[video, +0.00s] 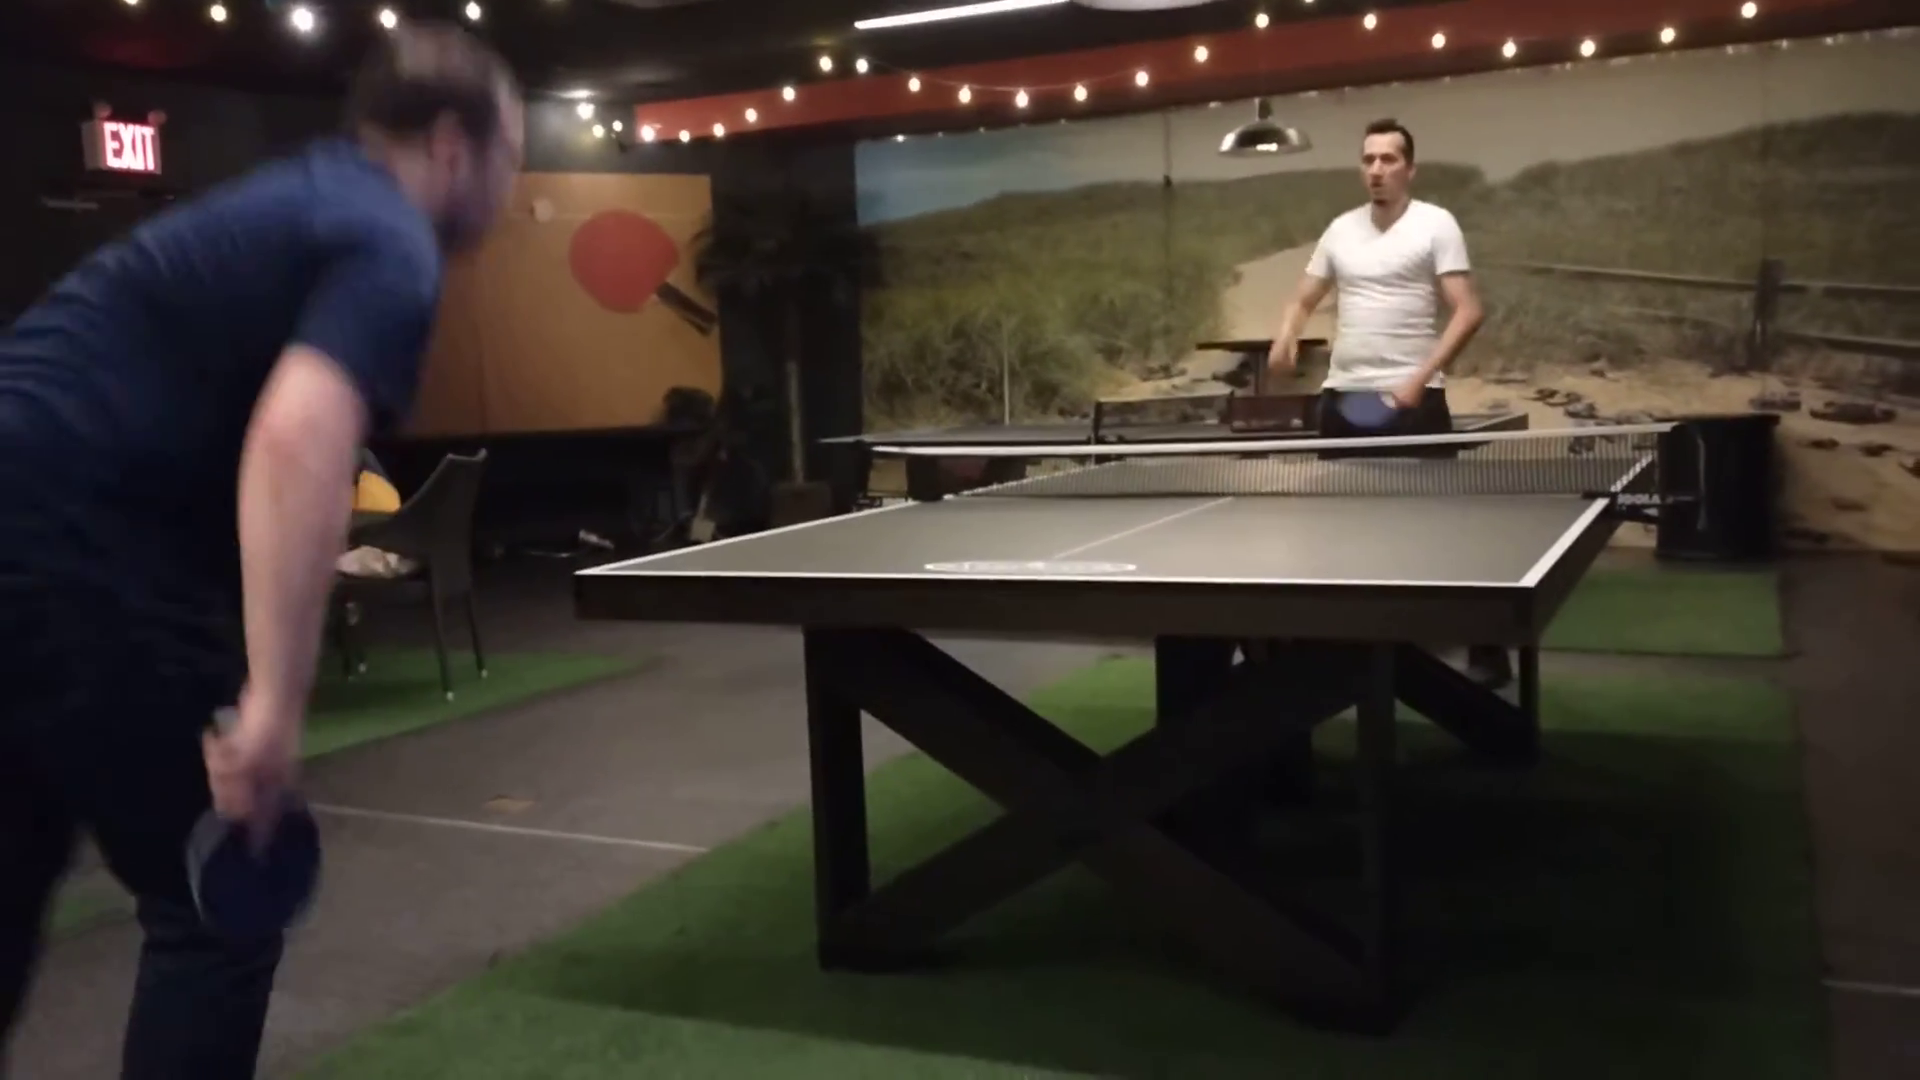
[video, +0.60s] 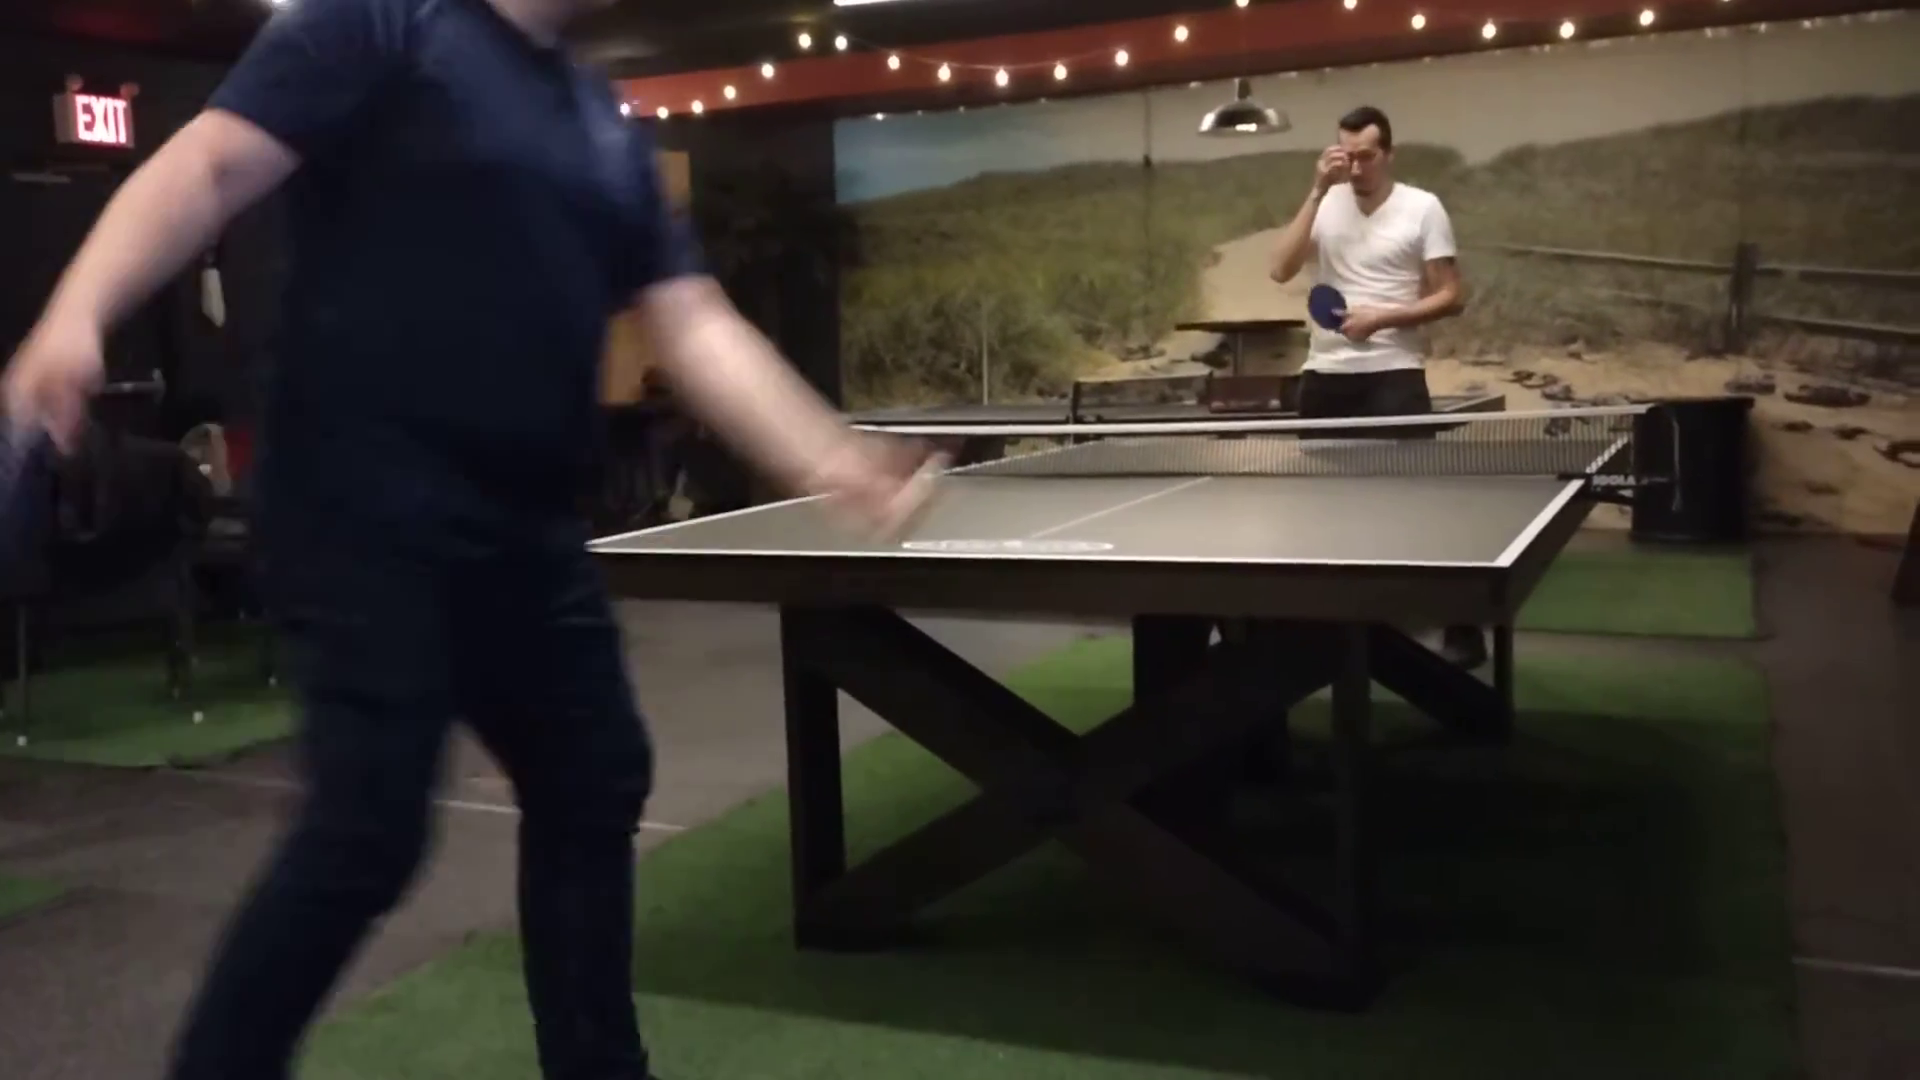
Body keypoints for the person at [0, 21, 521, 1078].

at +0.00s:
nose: (508, 191)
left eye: (513, 163)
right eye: (508, 159)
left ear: (383, 126)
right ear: (451, 145)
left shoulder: (294, 192)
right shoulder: (386, 236)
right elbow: (295, 437)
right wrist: (272, 695)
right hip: (64, 559)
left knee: (25, 853)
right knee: (230, 871)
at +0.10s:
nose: (519, 77)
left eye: (520, 50)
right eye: (510, 44)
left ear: (405, 31)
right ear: (435, 34)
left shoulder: (296, 106)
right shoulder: (376, 146)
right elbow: (266, 345)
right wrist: (247, 605)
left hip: (41, 512)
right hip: (119, 536)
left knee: (105, 800)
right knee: (234, 868)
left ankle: (36, 1053)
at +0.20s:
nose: (522, 10)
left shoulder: (319, 60)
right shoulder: (358, 88)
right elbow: (221, 283)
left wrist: (264, 535)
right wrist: (218, 552)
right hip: (179, 539)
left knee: (226, 873)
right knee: (231, 881)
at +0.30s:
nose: (518, 0)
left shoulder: (384, 74)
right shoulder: (338, 57)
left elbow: (318, 306)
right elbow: (194, 266)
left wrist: (388, 481)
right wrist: (186, 530)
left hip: (319, 541)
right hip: (244, 549)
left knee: (388, 769)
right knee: (230, 856)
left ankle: (383, 1050)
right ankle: (174, 1062)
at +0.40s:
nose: (537, 3)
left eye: (535, 2)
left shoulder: (453, 112)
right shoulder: (329, 37)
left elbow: (464, 341)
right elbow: (190, 243)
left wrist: (525, 521)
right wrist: (164, 498)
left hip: (382, 552)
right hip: (259, 549)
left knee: (476, 780)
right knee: (237, 852)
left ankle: (553, 1051)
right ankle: (159, 1061)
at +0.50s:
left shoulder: (525, 125)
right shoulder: (339, 32)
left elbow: (584, 356)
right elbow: (191, 201)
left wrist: (677, 527)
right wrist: (119, 420)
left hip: (454, 556)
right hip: (289, 541)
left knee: (547, 787)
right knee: (263, 848)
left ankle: (596, 1066)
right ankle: (172, 1066)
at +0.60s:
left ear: (588, 9)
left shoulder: (603, 132)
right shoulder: (379, 26)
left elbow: (693, 321)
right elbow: (211, 163)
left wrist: (833, 457)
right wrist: (75, 311)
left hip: (517, 537)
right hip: (353, 517)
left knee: (590, 782)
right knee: (365, 827)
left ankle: (595, 1063)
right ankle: (218, 1062)